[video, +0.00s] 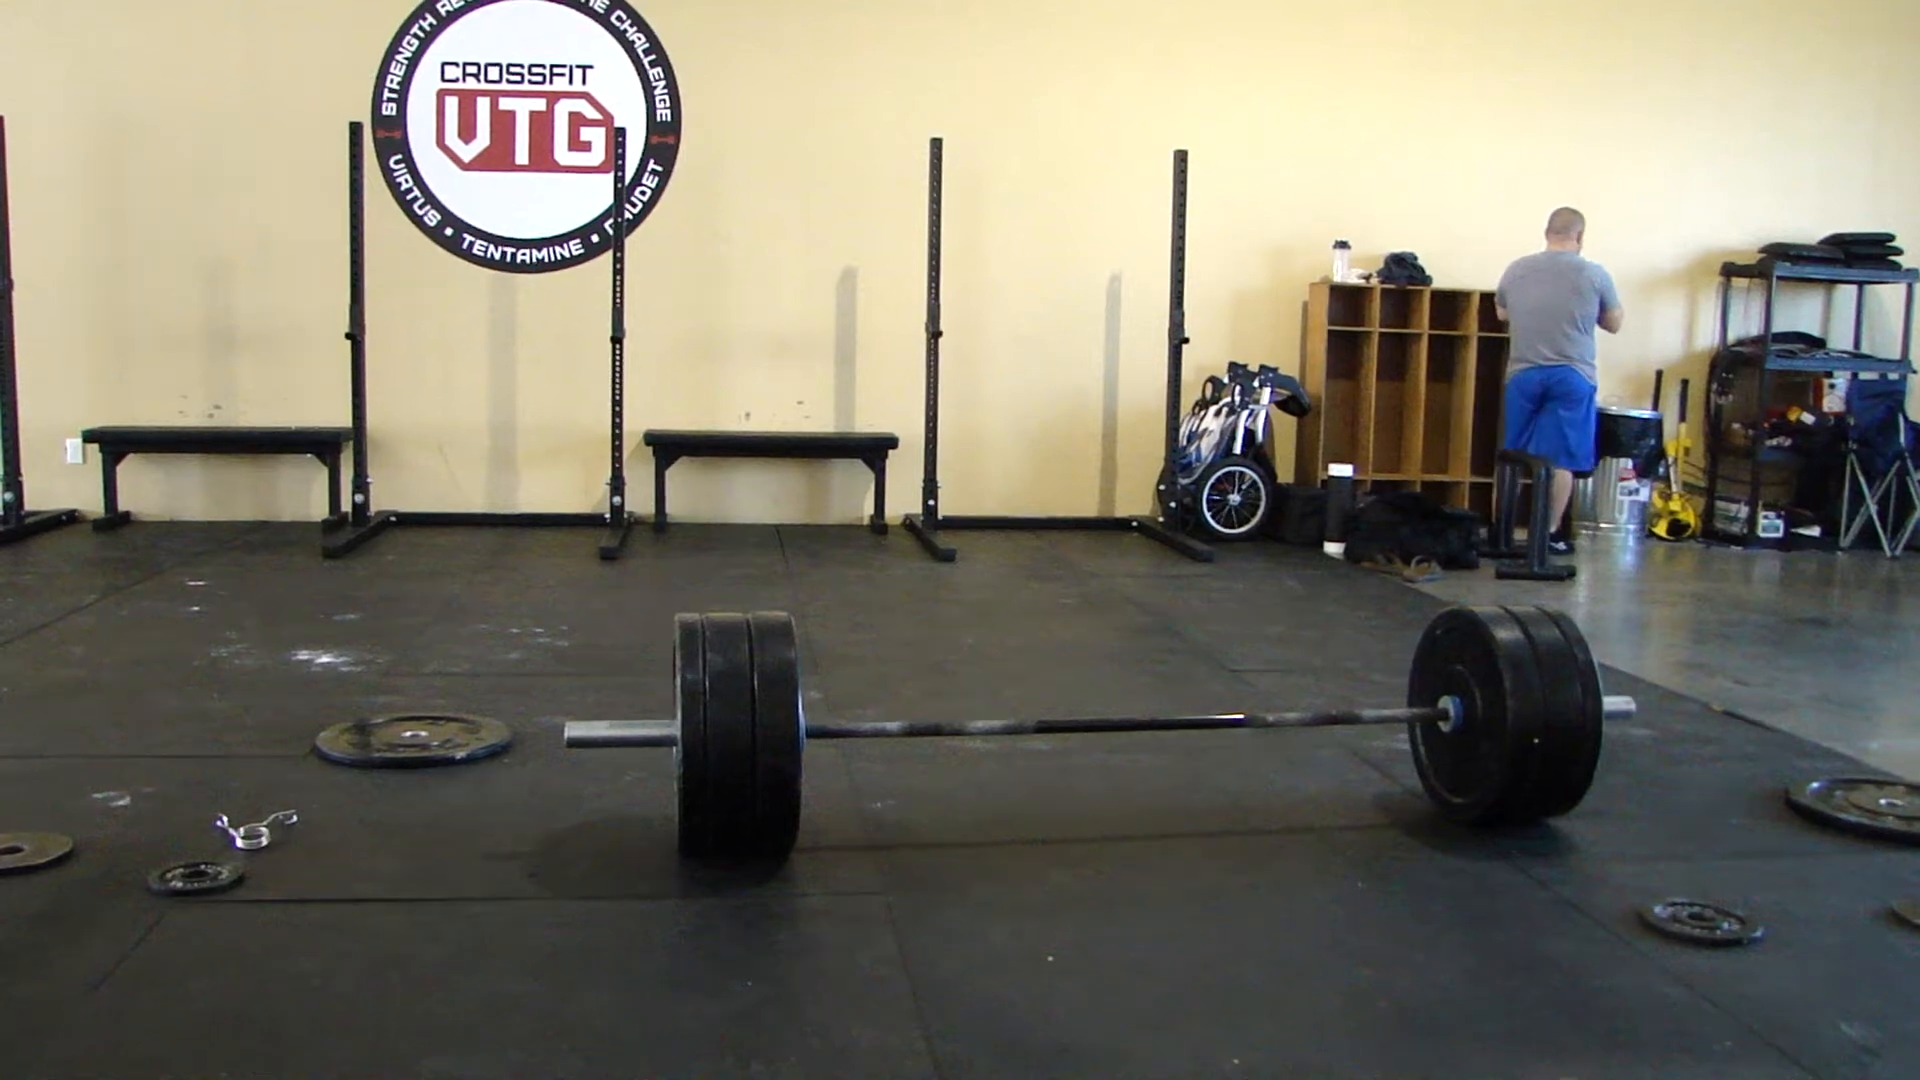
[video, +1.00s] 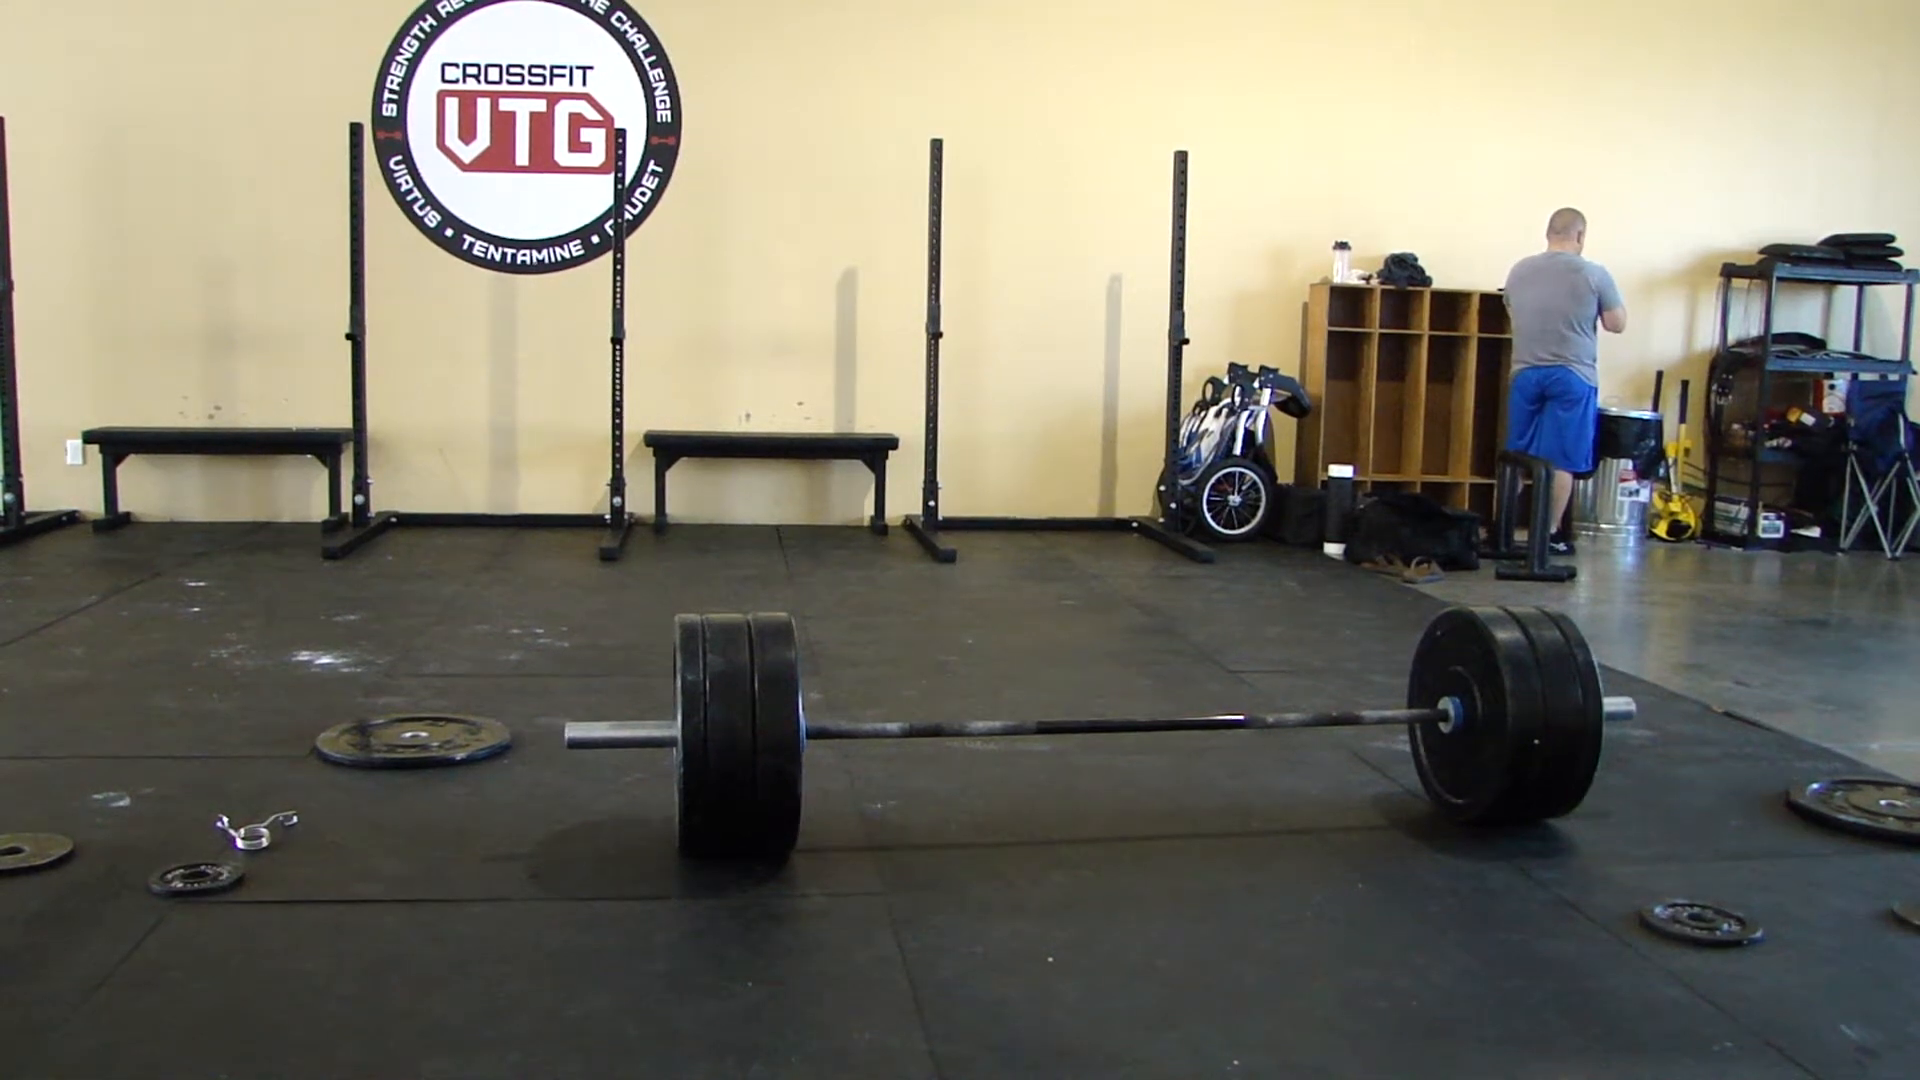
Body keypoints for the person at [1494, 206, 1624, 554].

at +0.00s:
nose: (1579, 243)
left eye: (1576, 238)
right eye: (1581, 238)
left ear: (1546, 234)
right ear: (1579, 237)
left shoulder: (1516, 269)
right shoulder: (1592, 273)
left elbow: (1502, 313)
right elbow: (1613, 323)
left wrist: (1536, 303)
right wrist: (1579, 304)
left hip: (1522, 373)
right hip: (1573, 374)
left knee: (1511, 456)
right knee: (1562, 460)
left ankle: (1502, 532)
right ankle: (1550, 533)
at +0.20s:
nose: (1579, 242)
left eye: (1576, 237)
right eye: (1580, 237)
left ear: (1545, 234)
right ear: (1577, 236)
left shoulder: (1516, 269)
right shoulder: (1591, 272)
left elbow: (1502, 313)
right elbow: (1613, 322)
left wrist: (1536, 304)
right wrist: (1580, 302)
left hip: (1522, 373)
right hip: (1571, 374)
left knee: (1512, 456)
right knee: (1561, 460)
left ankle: (1502, 533)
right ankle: (1550, 534)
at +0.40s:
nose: (1579, 242)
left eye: (1577, 237)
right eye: (1580, 237)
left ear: (1545, 234)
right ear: (1576, 236)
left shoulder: (1516, 269)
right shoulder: (1590, 272)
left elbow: (1504, 314)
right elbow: (1614, 322)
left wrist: (1537, 305)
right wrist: (1586, 297)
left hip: (1522, 373)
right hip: (1570, 374)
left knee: (1512, 456)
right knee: (1561, 461)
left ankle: (1502, 533)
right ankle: (1550, 534)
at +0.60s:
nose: (1580, 243)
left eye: (1579, 238)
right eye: (1581, 237)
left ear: (1546, 234)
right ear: (1577, 236)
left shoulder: (1517, 270)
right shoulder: (1590, 272)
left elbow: (1506, 313)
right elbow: (1616, 322)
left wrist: (1537, 308)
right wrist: (1589, 302)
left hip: (1522, 373)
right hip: (1570, 374)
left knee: (1514, 457)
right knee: (1561, 462)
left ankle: (1502, 532)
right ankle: (1548, 535)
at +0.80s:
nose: (1582, 243)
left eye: (1580, 238)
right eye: (1583, 237)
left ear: (1547, 234)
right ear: (1578, 236)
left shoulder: (1518, 270)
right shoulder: (1591, 273)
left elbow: (1511, 311)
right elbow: (1616, 323)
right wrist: (1590, 301)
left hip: (1523, 374)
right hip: (1571, 375)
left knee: (1515, 457)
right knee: (1561, 462)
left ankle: (1502, 531)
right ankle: (1549, 535)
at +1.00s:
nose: (1583, 243)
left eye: (1581, 237)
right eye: (1584, 237)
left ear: (1548, 234)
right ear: (1579, 236)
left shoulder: (1520, 269)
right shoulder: (1593, 273)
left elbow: (1512, 309)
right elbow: (1615, 323)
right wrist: (1590, 299)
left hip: (1525, 374)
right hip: (1572, 375)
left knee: (1515, 456)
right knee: (1562, 462)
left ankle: (1502, 531)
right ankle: (1549, 536)